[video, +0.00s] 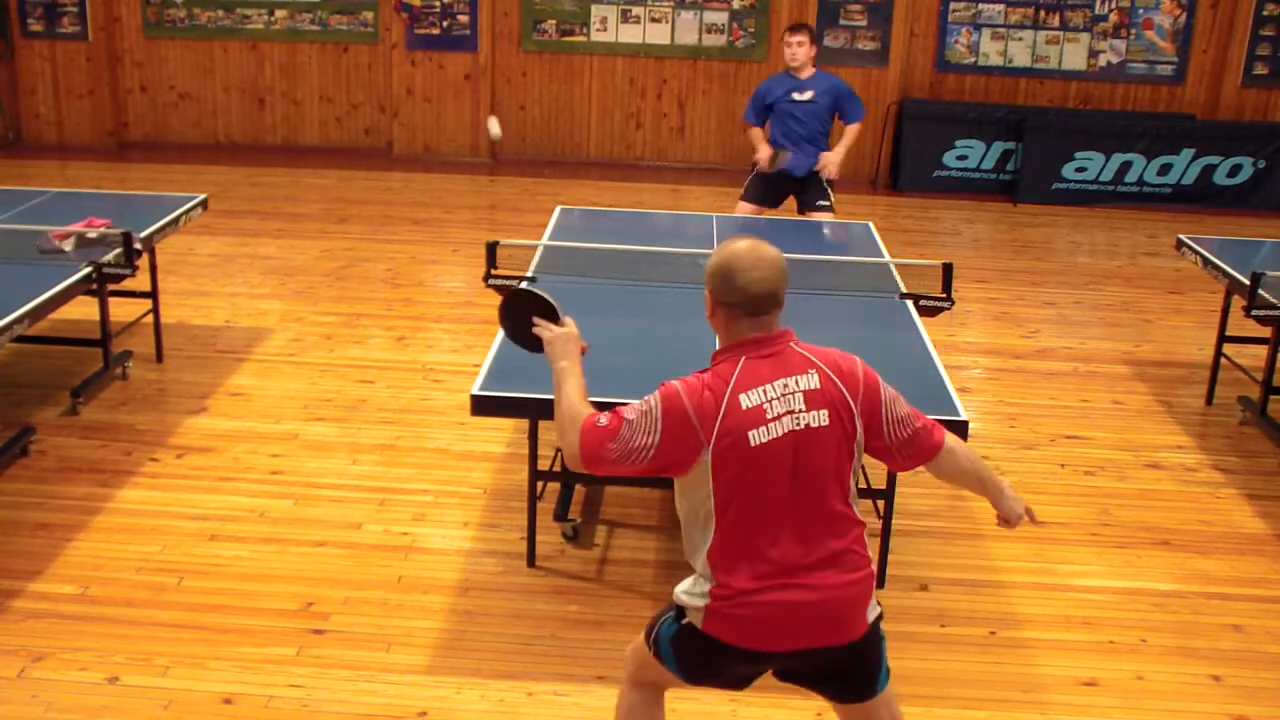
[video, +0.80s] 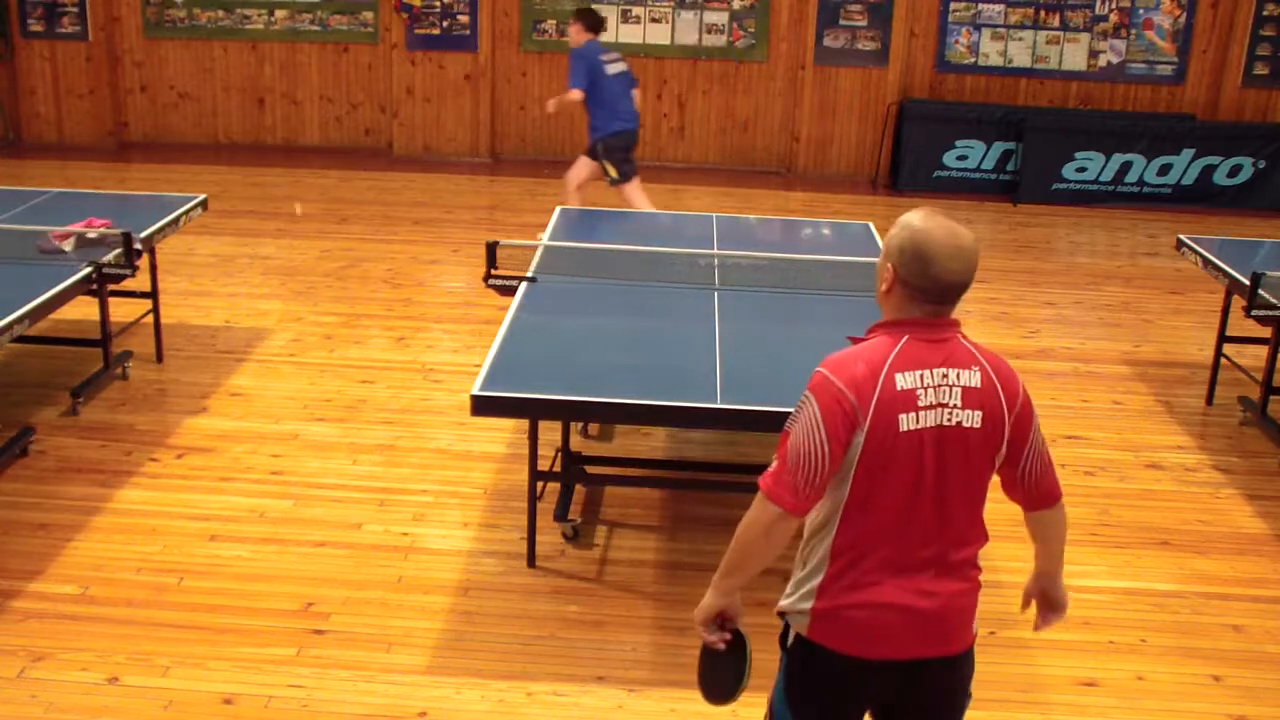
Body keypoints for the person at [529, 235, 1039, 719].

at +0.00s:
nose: (701, 302)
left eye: (703, 295)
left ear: (712, 307)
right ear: (783, 303)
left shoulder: (697, 401)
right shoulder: (845, 375)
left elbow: (583, 447)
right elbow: (928, 443)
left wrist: (563, 356)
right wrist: (1000, 493)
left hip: (735, 623)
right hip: (840, 621)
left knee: (644, 672)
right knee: (876, 707)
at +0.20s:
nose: (756, 290)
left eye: (759, 280)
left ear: (766, 294)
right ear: (839, 293)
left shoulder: (741, 392)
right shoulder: (891, 377)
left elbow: (649, 466)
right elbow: (960, 439)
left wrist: (576, 397)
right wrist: (984, 475)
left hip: (747, 617)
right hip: (858, 624)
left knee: (664, 689)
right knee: (879, 712)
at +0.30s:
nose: (814, 284)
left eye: (817, 277)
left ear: (822, 293)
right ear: (893, 295)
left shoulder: (803, 391)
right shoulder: (938, 376)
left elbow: (722, 492)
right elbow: (994, 437)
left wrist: (628, 456)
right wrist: (962, 455)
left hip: (796, 624)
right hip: (901, 626)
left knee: (695, 707)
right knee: (906, 714)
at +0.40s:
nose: (846, 277)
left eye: (849, 269)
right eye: (851, 265)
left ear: (856, 287)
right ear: (926, 294)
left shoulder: (837, 385)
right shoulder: (967, 372)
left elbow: (766, 501)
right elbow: (1016, 436)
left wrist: (674, 497)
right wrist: (959, 461)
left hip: (823, 630)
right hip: (925, 635)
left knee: (725, 708)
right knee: (919, 712)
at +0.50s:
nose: (869, 268)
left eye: (873, 260)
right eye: (877, 256)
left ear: (879, 281)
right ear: (950, 287)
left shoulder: (854, 379)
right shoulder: (989, 370)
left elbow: (794, 501)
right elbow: (1031, 444)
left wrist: (706, 531)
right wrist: (994, 471)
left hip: (837, 630)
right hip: (938, 636)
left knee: (753, 706)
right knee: (914, 713)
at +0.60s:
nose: (880, 265)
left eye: (884, 258)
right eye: (886, 255)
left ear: (891, 277)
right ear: (960, 285)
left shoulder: (860, 376)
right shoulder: (998, 372)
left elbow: (798, 500)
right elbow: (1046, 462)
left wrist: (724, 563)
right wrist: (1020, 505)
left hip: (844, 636)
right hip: (946, 637)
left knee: (785, 701)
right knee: (928, 713)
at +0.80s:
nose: (879, 262)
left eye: (882, 256)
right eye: (885, 252)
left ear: (888, 276)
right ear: (961, 286)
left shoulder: (848, 376)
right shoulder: (998, 379)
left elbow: (782, 502)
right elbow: (1043, 496)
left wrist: (724, 587)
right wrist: (1050, 573)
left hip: (837, 641)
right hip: (942, 642)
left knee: (802, 710)